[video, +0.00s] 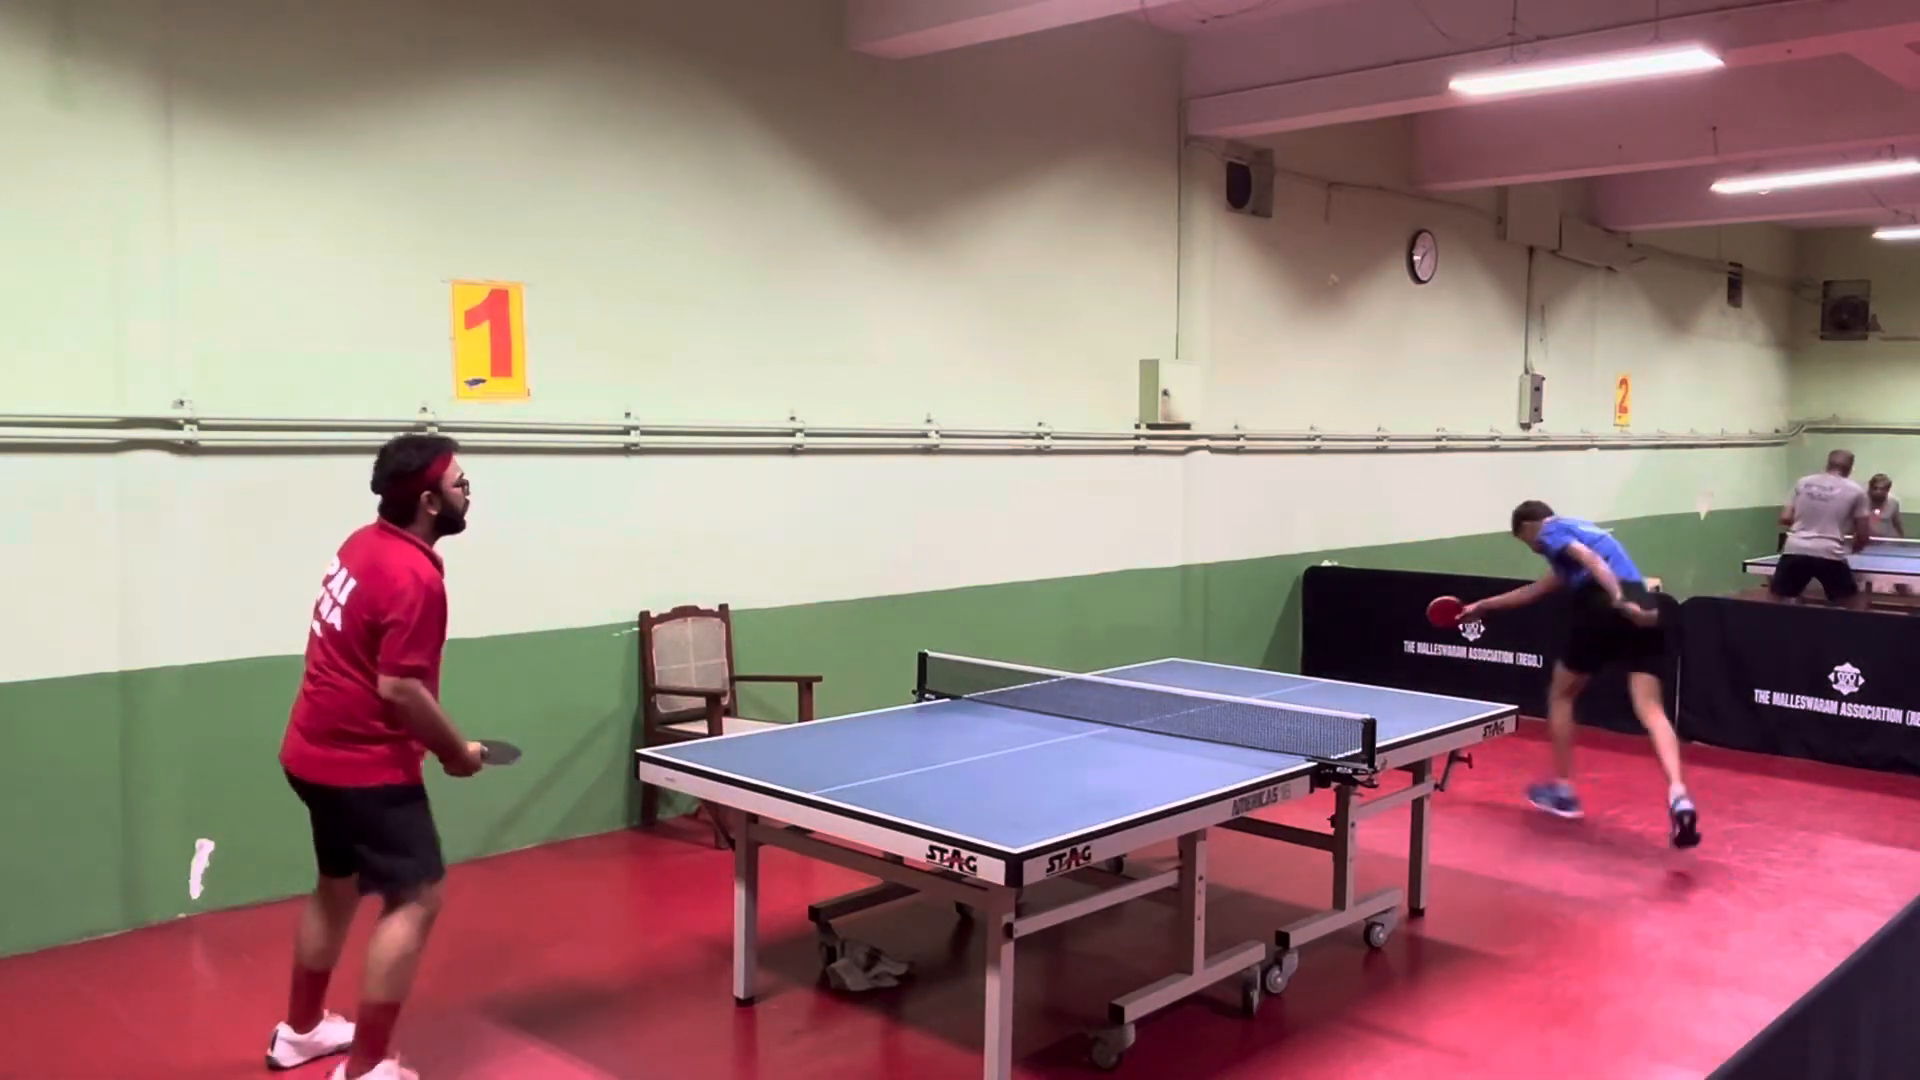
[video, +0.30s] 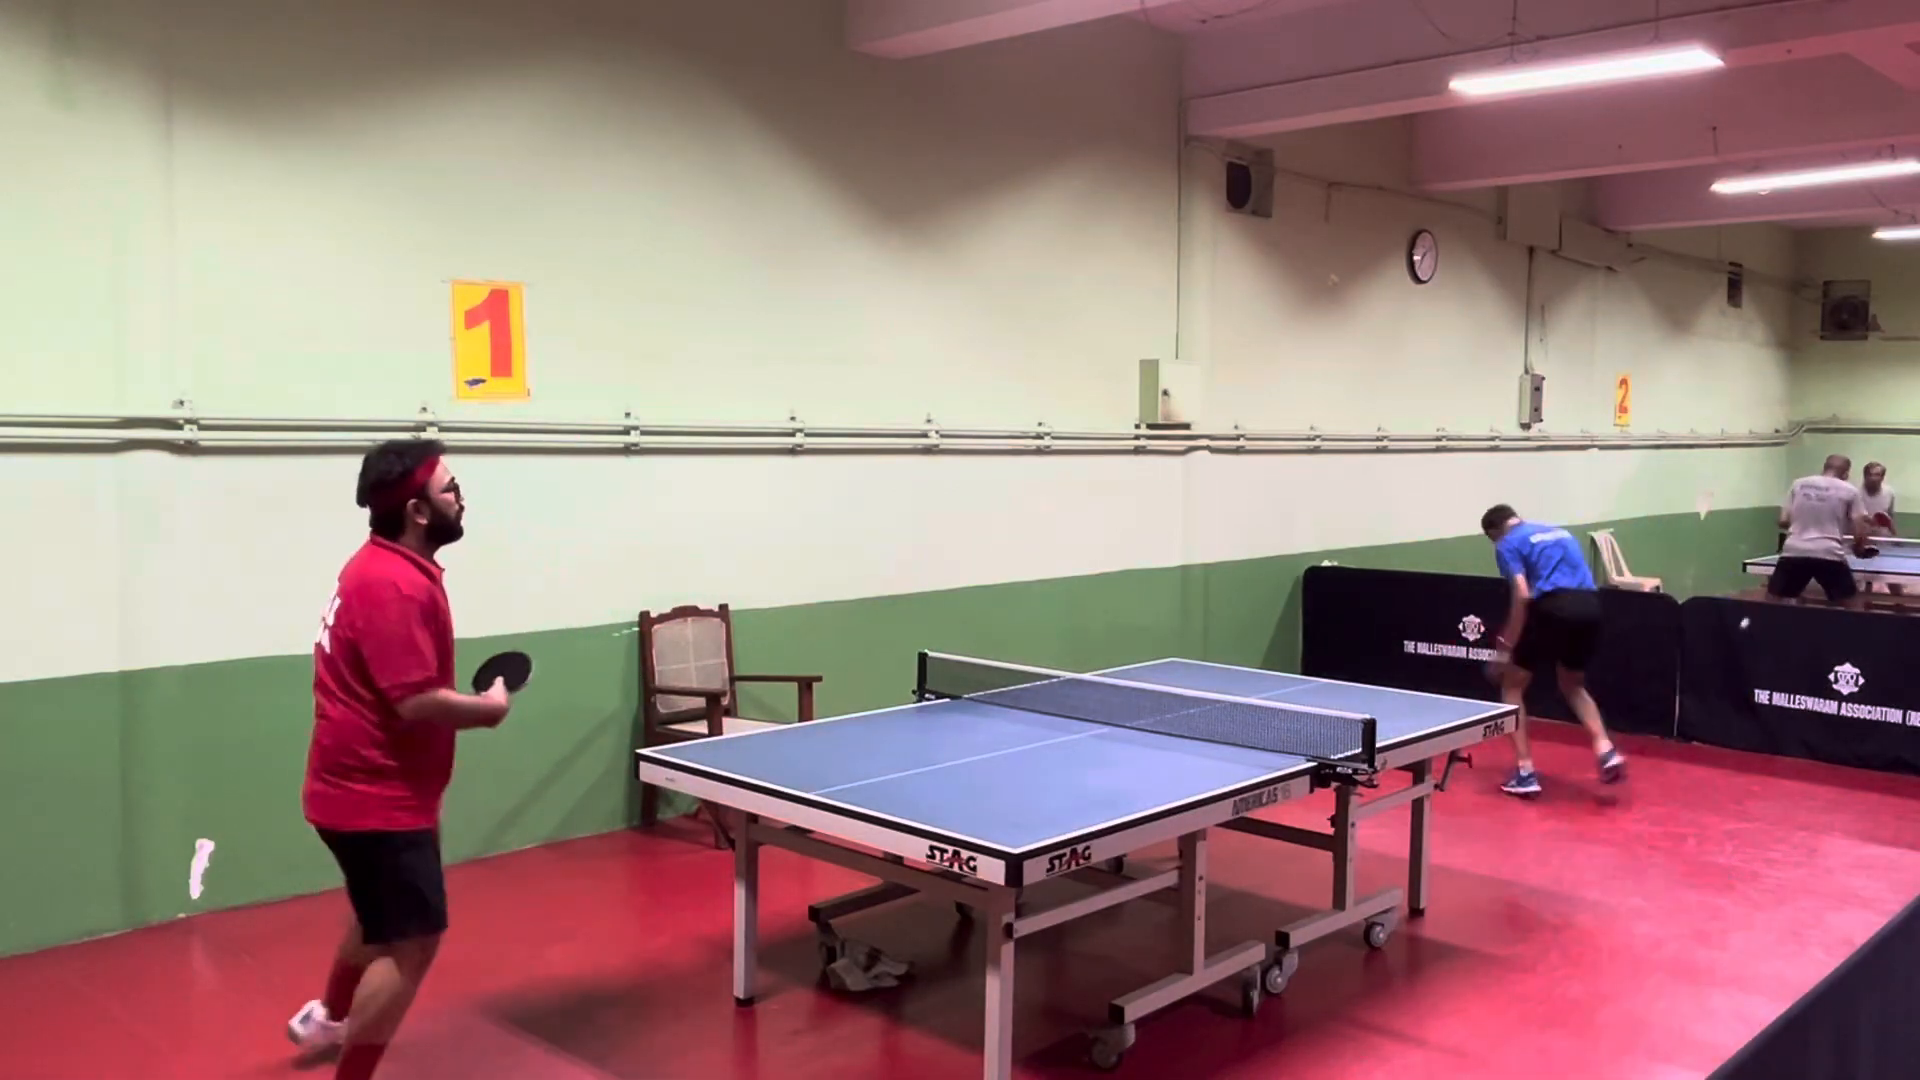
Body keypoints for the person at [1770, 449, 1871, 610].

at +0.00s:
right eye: (1851, 467)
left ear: (1827, 465)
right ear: (1849, 469)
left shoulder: (1803, 483)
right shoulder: (1856, 491)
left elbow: (1786, 518)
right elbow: (1862, 536)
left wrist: (1806, 523)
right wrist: (1853, 548)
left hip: (1795, 553)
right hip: (1829, 556)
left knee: (1775, 602)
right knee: (1851, 607)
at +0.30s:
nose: (1848, 476)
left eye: (1848, 473)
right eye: (1848, 473)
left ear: (1824, 468)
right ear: (1845, 473)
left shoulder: (1798, 484)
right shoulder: (1850, 491)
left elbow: (1784, 520)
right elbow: (1860, 531)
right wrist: (1858, 548)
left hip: (1794, 555)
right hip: (1829, 557)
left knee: (1772, 603)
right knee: (1852, 608)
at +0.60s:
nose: (1846, 484)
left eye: (1848, 482)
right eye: (1847, 481)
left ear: (1824, 467)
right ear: (1845, 477)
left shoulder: (1792, 480)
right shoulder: (1840, 487)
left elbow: (1775, 519)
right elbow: (1844, 530)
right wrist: (1864, 549)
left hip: (1782, 551)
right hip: (1816, 553)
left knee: (1766, 604)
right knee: (1842, 605)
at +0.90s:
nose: (1868, 479)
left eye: (1869, 475)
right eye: (1869, 475)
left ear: (1846, 467)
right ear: (1865, 476)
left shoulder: (1816, 477)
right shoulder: (1864, 500)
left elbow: (1792, 508)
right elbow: (1846, 524)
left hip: (1794, 547)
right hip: (1828, 553)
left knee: (1772, 597)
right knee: (1846, 605)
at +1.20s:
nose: (1867, 477)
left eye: (1867, 474)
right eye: (1867, 474)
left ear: (1844, 469)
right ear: (1865, 475)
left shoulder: (1817, 482)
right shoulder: (1866, 497)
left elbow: (1798, 512)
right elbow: (1868, 538)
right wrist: (1864, 549)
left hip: (1797, 550)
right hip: (1831, 555)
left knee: (1775, 599)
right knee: (1851, 606)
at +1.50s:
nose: (1842, 474)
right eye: (1841, 470)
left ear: (1819, 466)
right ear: (1839, 470)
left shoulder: (1795, 481)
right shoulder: (1840, 493)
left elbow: (1772, 516)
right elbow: (1847, 534)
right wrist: (1854, 548)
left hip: (1776, 552)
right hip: (1808, 557)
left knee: (1758, 601)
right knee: (1834, 605)